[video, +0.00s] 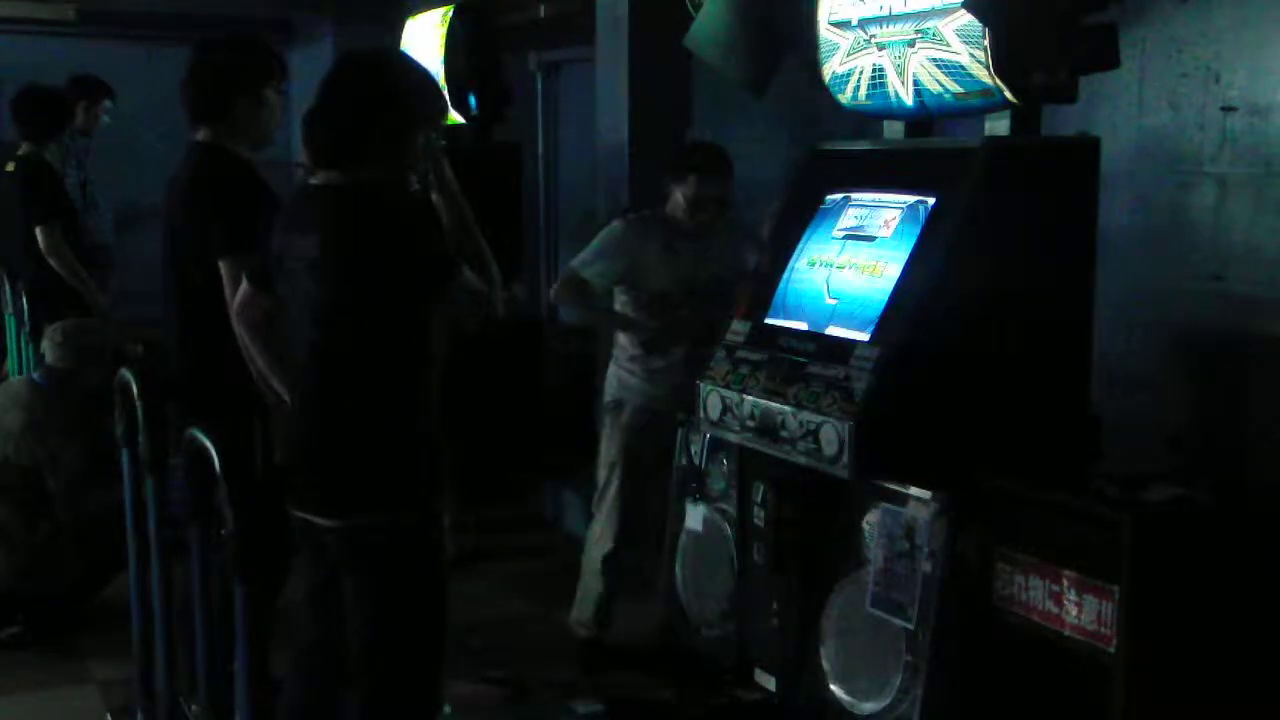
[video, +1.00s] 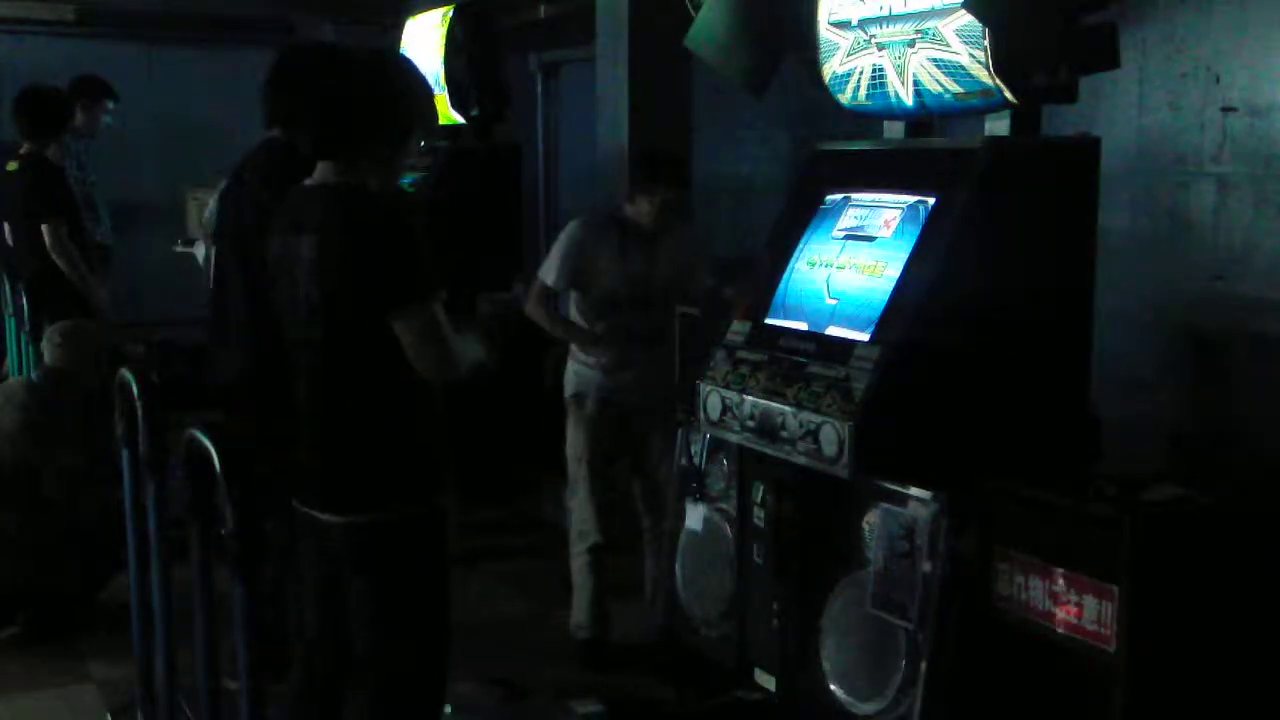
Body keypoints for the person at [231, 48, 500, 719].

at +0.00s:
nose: (430, 143)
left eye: (430, 129)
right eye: (423, 128)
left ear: (331, 117)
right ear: (396, 129)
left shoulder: (304, 203)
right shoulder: (398, 214)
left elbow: (247, 310)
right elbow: (483, 295)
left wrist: (294, 398)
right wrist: (442, 180)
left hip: (316, 445)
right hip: (390, 455)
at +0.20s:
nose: (430, 143)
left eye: (430, 129)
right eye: (422, 128)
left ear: (329, 118)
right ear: (396, 129)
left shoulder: (304, 204)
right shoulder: (402, 214)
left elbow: (246, 313)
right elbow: (484, 291)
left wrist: (295, 401)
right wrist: (441, 176)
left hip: (317, 445)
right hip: (391, 455)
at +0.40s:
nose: (430, 143)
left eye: (429, 127)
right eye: (422, 127)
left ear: (331, 119)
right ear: (394, 129)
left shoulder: (305, 206)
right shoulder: (406, 218)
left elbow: (248, 312)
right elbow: (490, 299)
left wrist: (294, 405)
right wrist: (450, 188)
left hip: (318, 446)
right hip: (390, 455)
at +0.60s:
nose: (424, 137)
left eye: (423, 120)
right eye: (417, 121)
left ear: (327, 119)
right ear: (390, 125)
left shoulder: (304, 211)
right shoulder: (409, 221)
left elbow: (255, 326)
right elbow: (471, 329)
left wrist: (298, 398)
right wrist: (462, 258)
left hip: (314, 457)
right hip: (391, 465)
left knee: (325, 630)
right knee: (403, 647)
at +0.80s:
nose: (420, 141)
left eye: (419, 124)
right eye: (414, 125)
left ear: (330, 122)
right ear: (389, 129)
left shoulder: (293, 215)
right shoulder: (394, 219)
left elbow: (268, 321)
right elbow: (442, 354)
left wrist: (294, 391)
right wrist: (478, 351)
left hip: (312, 465)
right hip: (391, 473)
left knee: (328, 636)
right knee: (404, 651)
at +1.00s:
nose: (420, 141)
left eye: (420, 125)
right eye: (413, 126)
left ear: (328, 122)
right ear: (388, 127)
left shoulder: (291, 211)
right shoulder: (383, 216)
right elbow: (434, 356)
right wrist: (470, 346)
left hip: (310, 467)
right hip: (385, 479)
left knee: (326, 650)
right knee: (403, 660)